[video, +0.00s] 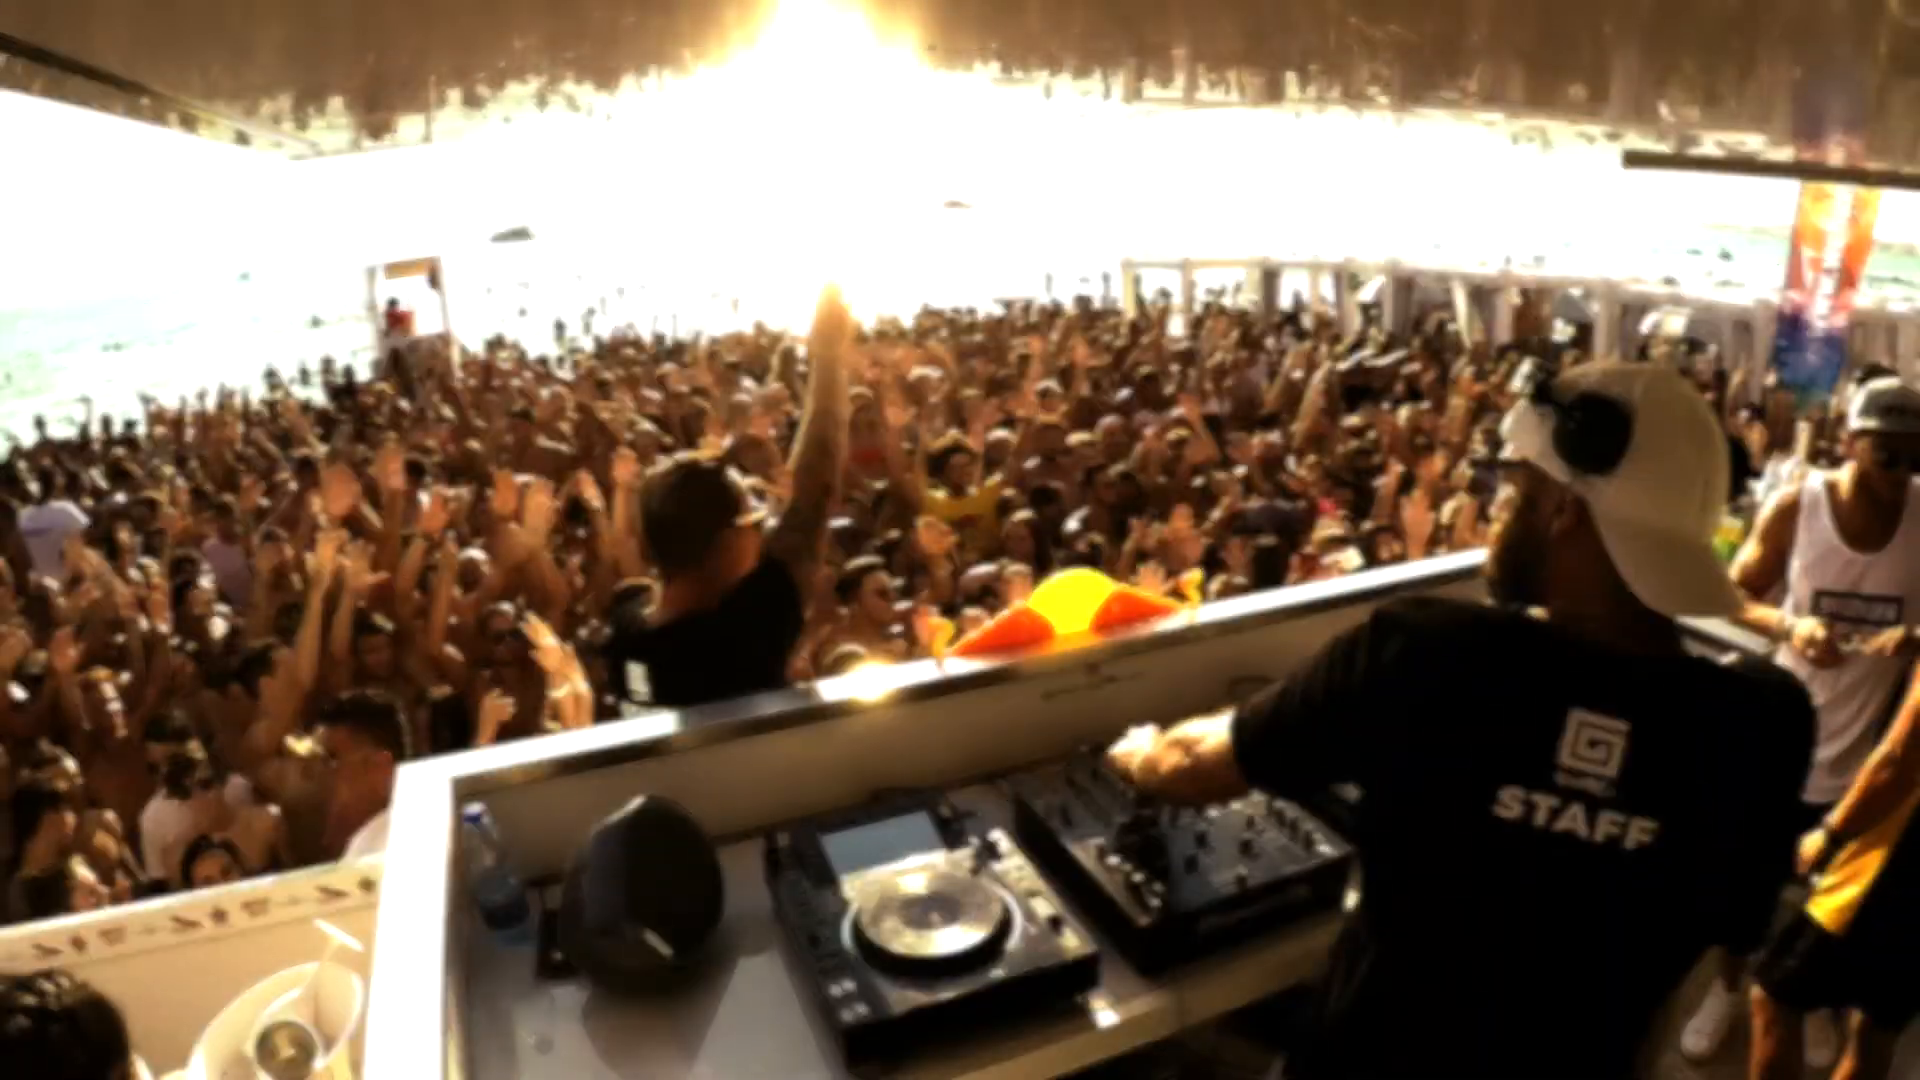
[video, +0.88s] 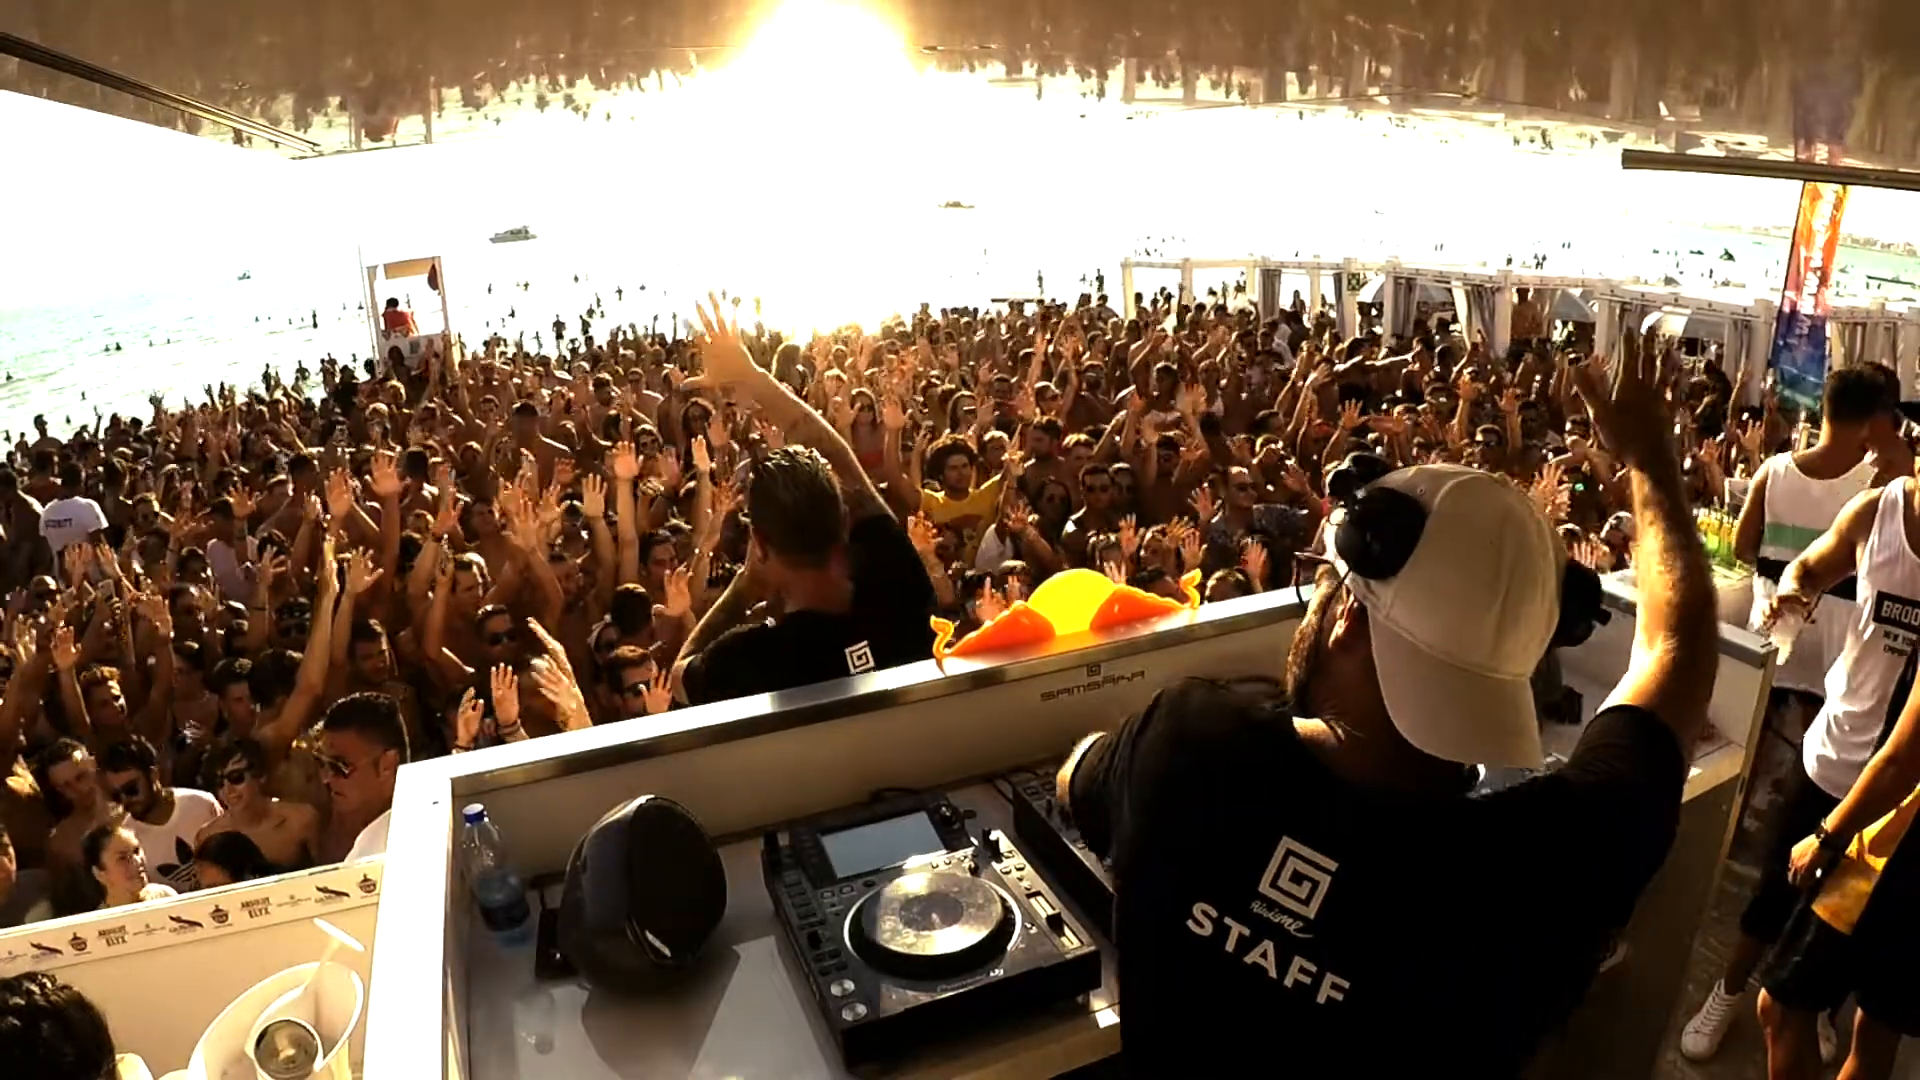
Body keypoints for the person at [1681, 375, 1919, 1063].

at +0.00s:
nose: (1893, 457)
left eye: (1905, 445)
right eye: (1881, 442)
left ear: (1917, 449)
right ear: (1850, 440)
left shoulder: (1912, 517)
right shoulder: (1798, 508)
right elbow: (1736, 596)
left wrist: (1908, 639)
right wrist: (1789, 627)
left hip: (1872, 764)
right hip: (1781, 753)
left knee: (1846, 896)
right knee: (1743, 882)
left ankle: (1838, 1004)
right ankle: (1727, 991)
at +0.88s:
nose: (1908, 452)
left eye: (1908, 442)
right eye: (1905, 440)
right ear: (1889, 435)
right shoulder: (1879, 510)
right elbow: (1807, 570)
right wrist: (1795, 592)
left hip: (1902, 779)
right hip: (1835, 749)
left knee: (1863, 914)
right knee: (1775, 885)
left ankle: (1836, 1015)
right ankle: (1727, 995)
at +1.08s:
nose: (1900, 439)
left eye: (1900, 428)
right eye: (1897, 425)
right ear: (1873, 422)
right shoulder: (1877, 504)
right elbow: (1831, 581)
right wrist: (1819, 606)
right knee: (1785, 870)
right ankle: (1731, 992)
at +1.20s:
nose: (1889, 440)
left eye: (1891, 427)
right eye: (1888, 427)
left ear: (1813, 408)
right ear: (1861, 424)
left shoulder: (1756, 469)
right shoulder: (1850, 488)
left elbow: (1739, 548)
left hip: (1748, 645)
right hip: (1814, 665)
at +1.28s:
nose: (1872, 444)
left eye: (1875, 433)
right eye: (1874, 433)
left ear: (1813, 409)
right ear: (1858, 425)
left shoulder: (1757, 469)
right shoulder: (1848, 490)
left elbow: (1738, 549)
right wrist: (1898, 447)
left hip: (1747, 647)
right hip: (1814, 668)